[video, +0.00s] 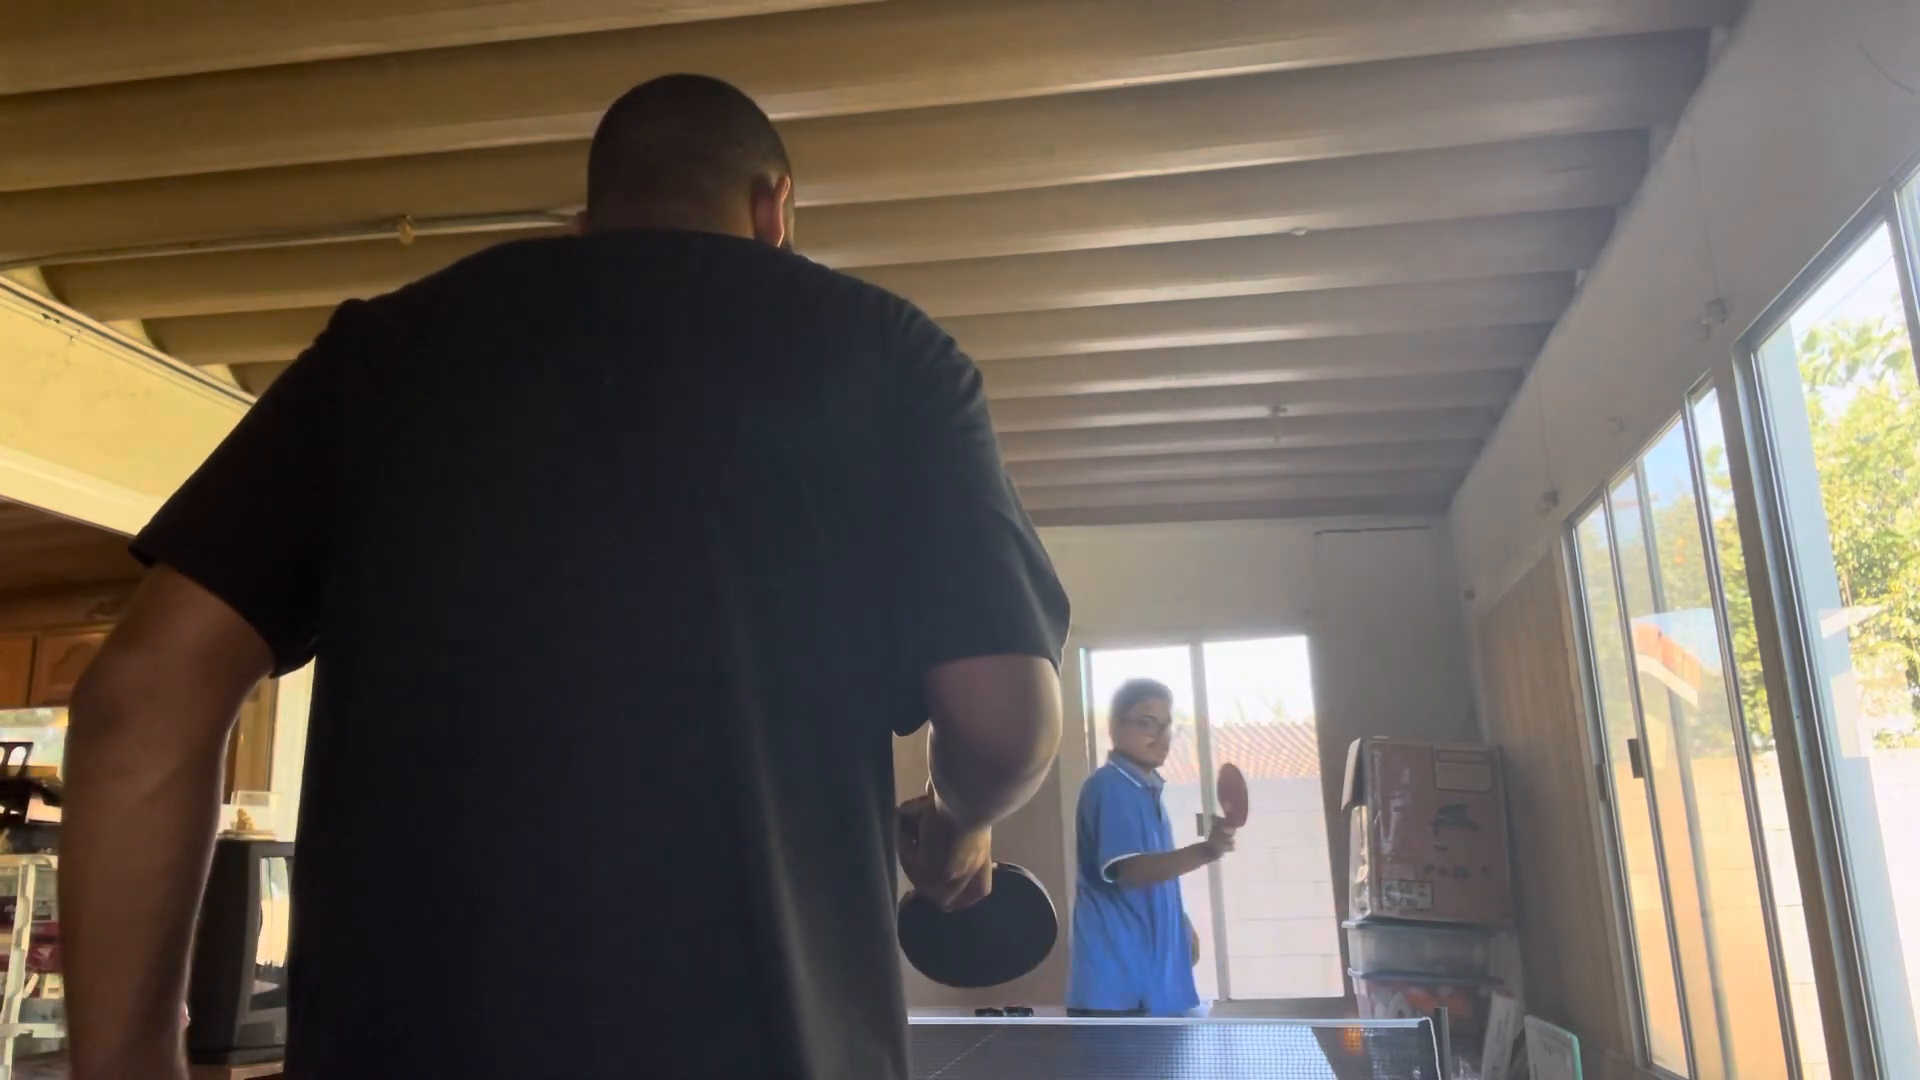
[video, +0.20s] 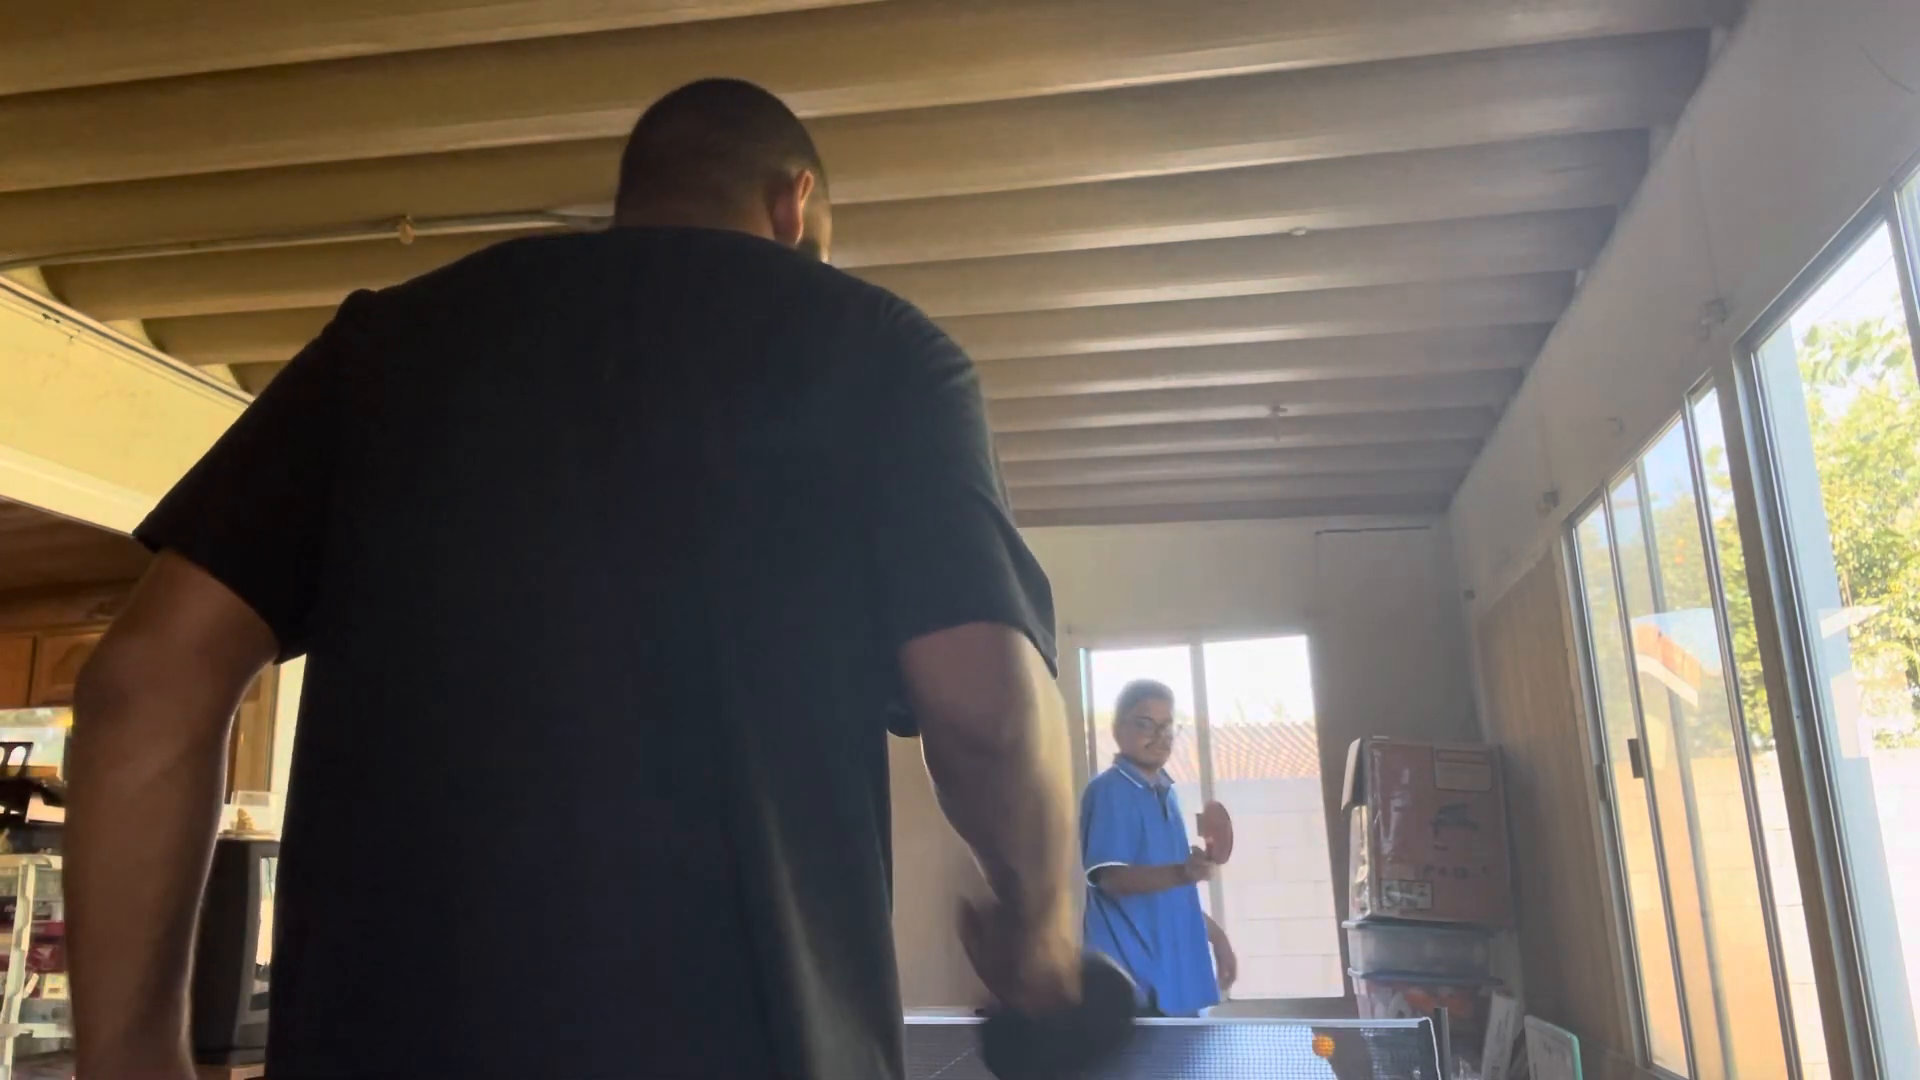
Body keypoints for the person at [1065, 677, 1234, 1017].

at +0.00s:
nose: (1160, 734)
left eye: (1166, 725)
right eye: (1146, 722)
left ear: (1172, 730)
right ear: (1115, 728)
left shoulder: (1146, 791)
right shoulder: (1111, 787)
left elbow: (1151, 877)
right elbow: (1125, 870)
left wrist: (1180, 923)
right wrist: (1204, 851)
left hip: (1158, 985)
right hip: (1118, 987)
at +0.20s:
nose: (1159, 735)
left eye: (1166, 724)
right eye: (1144, 724)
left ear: (1174, 730)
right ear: (1118, 730)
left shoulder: (1163, 792)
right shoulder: (1110, 791)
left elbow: (1167, 894)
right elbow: (1109, 878)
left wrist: (1214, 933)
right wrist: (1182, 873)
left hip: (1179, 986)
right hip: (1133, 993)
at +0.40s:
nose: (1166, 737)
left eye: (1174, 727)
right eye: (1152, 725)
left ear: (1182, 733)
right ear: (1125, 731)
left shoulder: (1175, 794)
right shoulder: (1113, 793)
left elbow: (1188, 891)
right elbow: (1108, 885)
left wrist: (1239, 937)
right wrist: (1174, 897)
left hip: (1195, 986)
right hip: (1147, 990)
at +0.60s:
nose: (1178, 742)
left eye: (1185, 732)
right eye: (1164, 730)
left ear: (1193, 734)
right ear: (1136, 733)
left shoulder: (1181, 797)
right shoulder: (1121, 793)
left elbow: (1189, 889)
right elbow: (1108, 880)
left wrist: (1225, 950)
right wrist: (1191, 913)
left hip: (1196, 989)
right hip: (1150, 996)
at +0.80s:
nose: (1188, 748)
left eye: (1195, 738)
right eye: (1175, 737)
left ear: (1203, 737)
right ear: (1145, 733)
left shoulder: (1178, 792)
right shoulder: (1131, 793)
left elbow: (1179, 889)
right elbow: (1127, 888)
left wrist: (1207, 961)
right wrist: (1216, 926)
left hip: (1189, 992)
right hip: (1153, 998)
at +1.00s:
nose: (1189, 752)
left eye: (1198, 741)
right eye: (1176, 739)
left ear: (1205, 739)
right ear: (1147, 735)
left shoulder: (1181, 793)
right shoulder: (1131, 792)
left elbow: (1179, 894)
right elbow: (1135, 895)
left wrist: (1219, 946)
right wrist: (1214, 949)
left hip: (1188, 991)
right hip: (1152, 995)